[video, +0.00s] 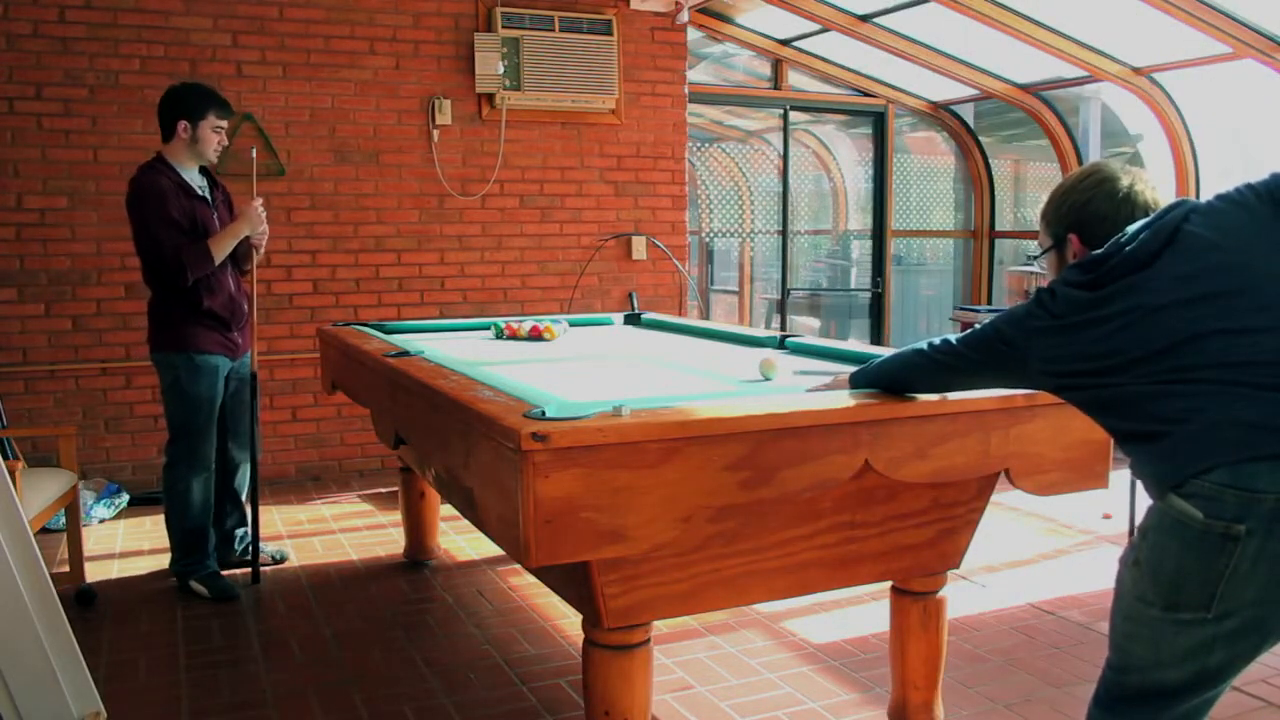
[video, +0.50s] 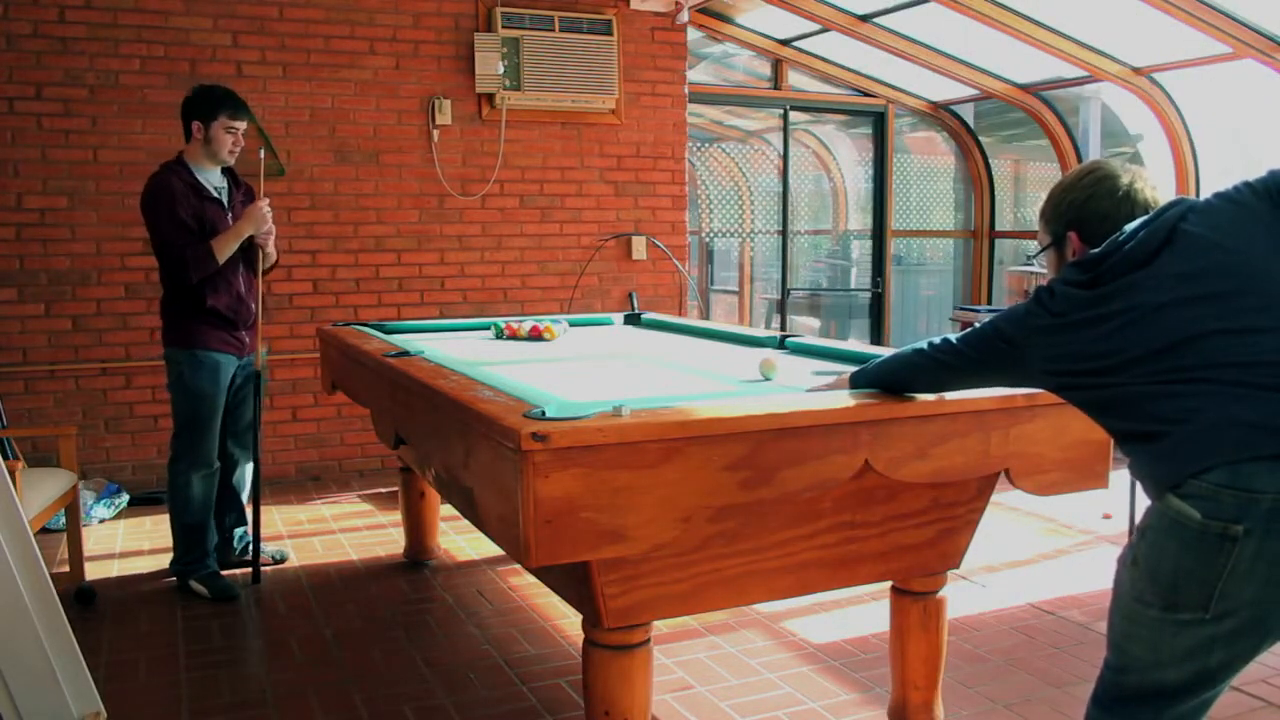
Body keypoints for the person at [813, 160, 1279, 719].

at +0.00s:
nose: (1045, 271)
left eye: (1047, 253)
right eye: (1044, 256)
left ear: (1076, 248)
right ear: (1150, 218)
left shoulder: (1056, 319)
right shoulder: (1249, 211)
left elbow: (940, 361)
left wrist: (861, 376)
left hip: (1240, 503)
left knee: (1136, 704)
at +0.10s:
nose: (1049, 268)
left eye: (1050, 252)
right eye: (1046, 254)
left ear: (1077, 247)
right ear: (1151, 216)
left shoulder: (1057, 318)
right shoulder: (1249, 211)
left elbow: (941, 360)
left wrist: (862, 376)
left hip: (1239, 503)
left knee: (1137, 705)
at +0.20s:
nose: (1048, 268)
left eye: (1049, 252)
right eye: (1046, 254)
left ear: (1078, 247)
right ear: (1151, 216)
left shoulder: (1057, 319)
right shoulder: (1249, 210)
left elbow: (940, 360)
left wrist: (862, 376)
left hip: (1240, 503)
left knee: (1136, 704)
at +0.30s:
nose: (1047, 268)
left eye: (1049, 252)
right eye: (1045, 254)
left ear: (1077, 247)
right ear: (1152, 215)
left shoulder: (1055, 319)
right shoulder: (1248, 210)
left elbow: (939, 360)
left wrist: (862, 376)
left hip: (1239, 504)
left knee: (1135, 705)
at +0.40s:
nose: (1048, 267)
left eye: (1049, 251)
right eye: (1046, 253)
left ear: (1076, 246)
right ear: (1150, 215)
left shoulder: (1055, 318)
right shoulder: (1248, 209)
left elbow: (940, 360)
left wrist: (862, 376)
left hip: (1239, 503)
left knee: (1134, 703)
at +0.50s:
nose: (1047, 268)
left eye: (1048, 251)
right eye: (1045, 254)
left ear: (1076, 246)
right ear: (1149, 215)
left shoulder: (1057, 317)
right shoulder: (1248, 209)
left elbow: (941, 360)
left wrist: (861, 376)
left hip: (1237, 503)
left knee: (1135, 702)